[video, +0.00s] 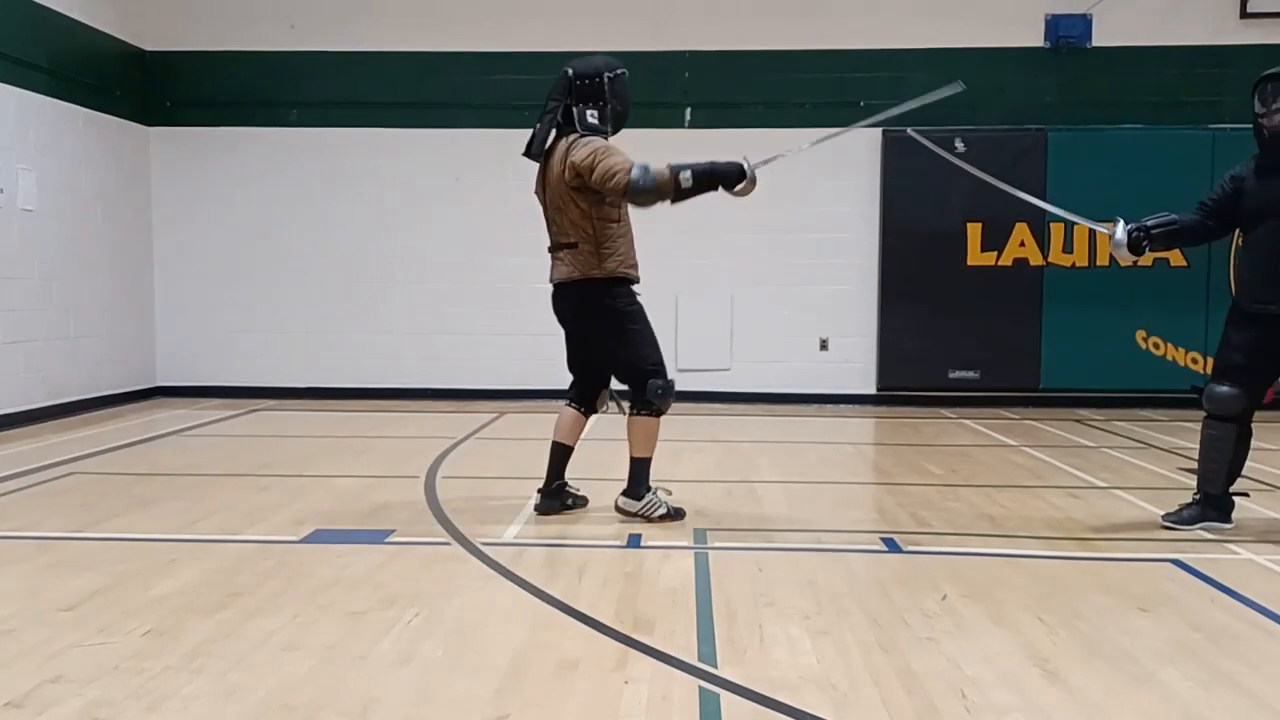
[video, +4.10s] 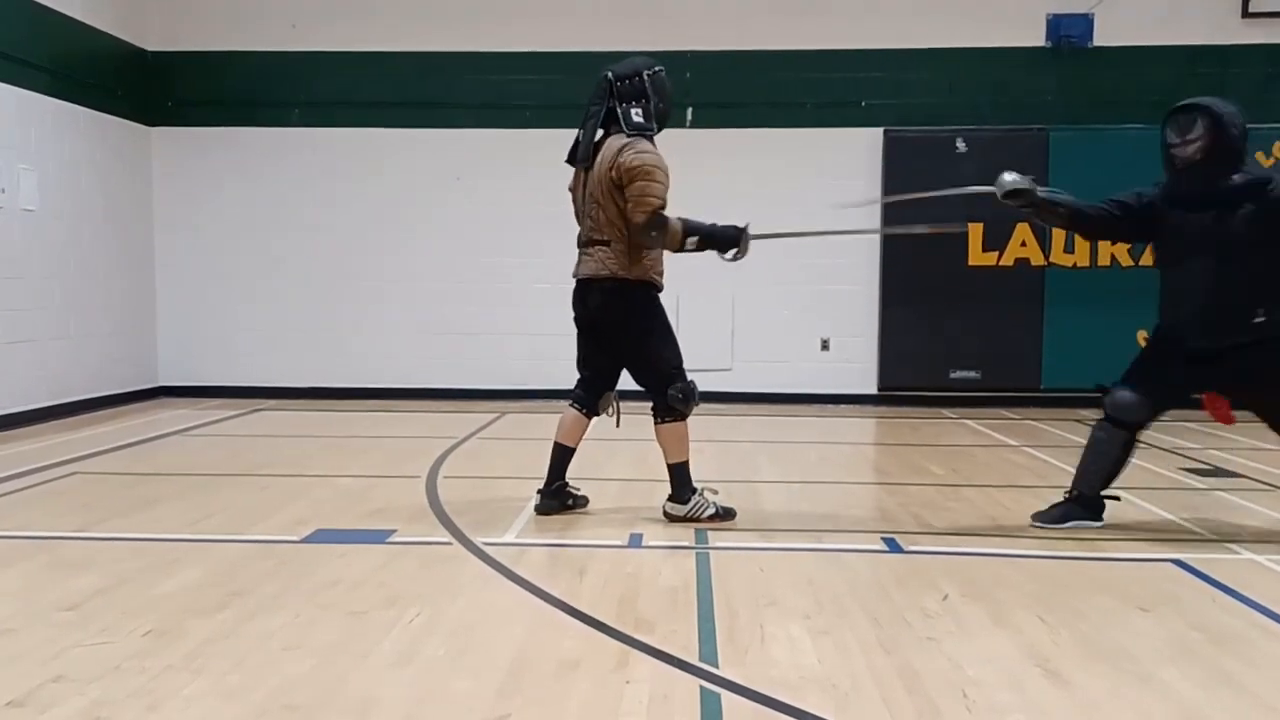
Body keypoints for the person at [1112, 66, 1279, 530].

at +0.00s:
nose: (1268, 121)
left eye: (1274, 113)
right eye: (1265, 112)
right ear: (1258, 118)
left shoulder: (1262, 174)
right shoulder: (1256, 173)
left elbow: (1209, 221)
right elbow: (1209, 220)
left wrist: (1145, 237)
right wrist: (1144, 235)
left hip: (1266, 309)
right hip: (1255, 307)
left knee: (1230, 397)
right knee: (1227, 398)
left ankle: (1213, 499)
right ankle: (1212, 500)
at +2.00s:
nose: (1226, 136)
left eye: (1239, 127)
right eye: (1222, 128)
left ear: (1267, 132)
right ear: (1216, 134)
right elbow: (1169, 239)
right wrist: (1118, 248)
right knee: (1197, 394)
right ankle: (1181, 496)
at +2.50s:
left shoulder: (1273, 191)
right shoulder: (1272, 189)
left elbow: (1238, 227)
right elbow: (1238, 226)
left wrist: (1163, 237)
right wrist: (1165, 237)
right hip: (1279, 317)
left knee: (1252, 388)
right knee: (1251, 388)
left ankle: (1233, 498)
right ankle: (1232, 497)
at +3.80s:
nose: (1270, 125)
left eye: (1276, 116)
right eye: (1265, 116)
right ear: (1257, 123)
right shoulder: (1254, 178)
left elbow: (1193, 213)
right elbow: (1192, 213)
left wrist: (1114, 219)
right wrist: (1112, 220)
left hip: (1270, 316)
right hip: (1259, 314)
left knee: (1209, 388)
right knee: (1203, 389)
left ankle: (1193, 493)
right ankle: (1193, 494)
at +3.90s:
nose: (1253, 128)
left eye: (1265, 117)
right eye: (1248, 118)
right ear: (1240, 126)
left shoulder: (1269, 184)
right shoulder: (1238, 190)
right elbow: (1174, 224)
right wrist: (1097, 223)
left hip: (1269, 322)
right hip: (1250, 320)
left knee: (1191, 388)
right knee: (1186, 389)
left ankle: (1143, 488)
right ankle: (1142, 490)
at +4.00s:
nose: (1220, 133)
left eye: (1234, 125)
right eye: (1218, 124)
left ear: (1263, 132)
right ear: (1211, 128)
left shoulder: (1271, 189)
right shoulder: (1211, 194)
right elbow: (1144, 225)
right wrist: (1069, 217)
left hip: (1270, 328)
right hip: (1223, 328)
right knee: (1165, 403)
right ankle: (1103, 491)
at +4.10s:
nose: (1179, 144)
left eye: (1193, 134)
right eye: (1178, 134)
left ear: (1224, 141)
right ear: (1171, 138)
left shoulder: (1261, 194)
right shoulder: (1166, 201)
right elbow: (1102, 219)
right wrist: (1036, 202)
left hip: (1251, 341)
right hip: (1179, 343)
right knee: (1124, 405)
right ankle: (1083, 500)